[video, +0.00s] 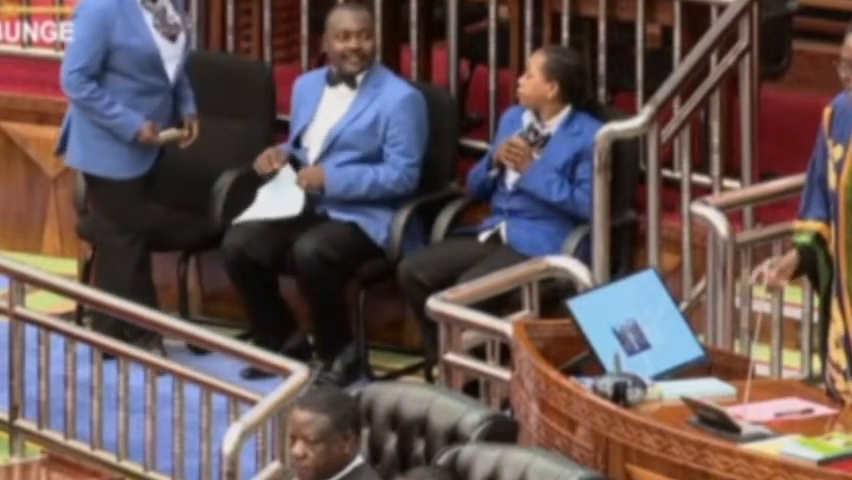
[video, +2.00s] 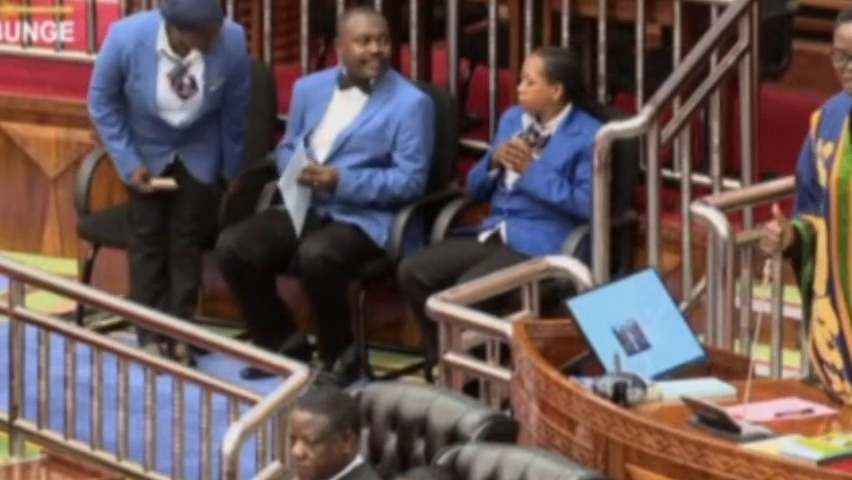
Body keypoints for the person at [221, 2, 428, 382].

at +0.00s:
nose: (354, 46)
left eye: (363, 36)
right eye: (343, 37)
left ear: (375, 41)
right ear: (325, 43)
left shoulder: (400, 98)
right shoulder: (307, 86)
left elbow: (403, 177)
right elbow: (302, 147)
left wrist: (329, 179)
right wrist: (279, 156)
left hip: (365, 216)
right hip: (304, 208)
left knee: (311, 253)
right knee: (240, 247)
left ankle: (336, 354)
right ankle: (281, 342)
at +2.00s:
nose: (374, 50)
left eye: (380, 41)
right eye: (363, 41)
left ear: (390, 45)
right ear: (340, 48)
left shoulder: (411, 103)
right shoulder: (308, 89)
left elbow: (410, 181)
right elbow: (286, 148)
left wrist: (340, 181)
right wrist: (297, 170)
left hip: (366, 219)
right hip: (302, 211)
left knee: (317, 257)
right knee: (235, 248)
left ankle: (340, 357)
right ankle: (282, 344)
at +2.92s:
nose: (360, 52)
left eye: (367, 42)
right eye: (349, 44)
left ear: (377, 46)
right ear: (327, 50)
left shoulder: (402, 102)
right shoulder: (299, 91)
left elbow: (409, 181)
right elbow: (279, 151)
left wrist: (340, 182)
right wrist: (296, 175)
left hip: (361, 217)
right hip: (297, 211)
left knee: (320, 258)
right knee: (234, 249)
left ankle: (339, 358)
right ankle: (282, 343)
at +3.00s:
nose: (358, 53)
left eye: (365, 43)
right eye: (346, 45)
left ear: (375, 47)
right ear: (325, 51)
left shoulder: (400, 103)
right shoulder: (298, 92)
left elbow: (408, 181)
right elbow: (277, 153)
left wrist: (340, 183)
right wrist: (296, 176)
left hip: (360, 216)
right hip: (296, 209)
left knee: (321, 256)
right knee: (235, 248)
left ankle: (339, 357)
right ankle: (281, 344)